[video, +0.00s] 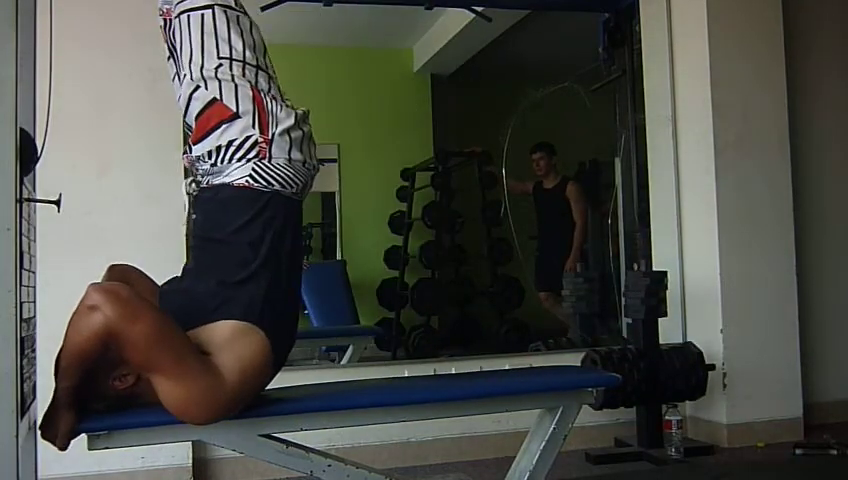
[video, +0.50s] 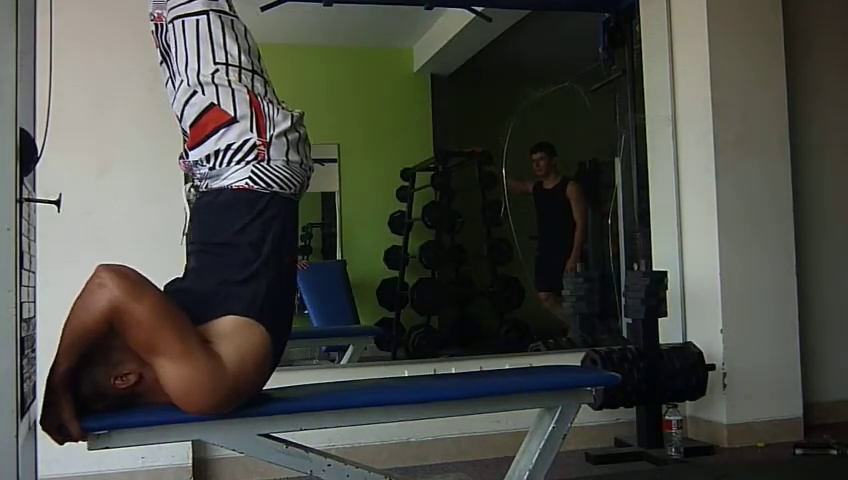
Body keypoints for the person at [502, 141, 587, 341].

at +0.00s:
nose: (537, 165)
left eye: (541, 160)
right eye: (534, 161)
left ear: (552, 161)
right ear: (532, 164)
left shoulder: (569, 187)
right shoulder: (535, 187)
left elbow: (580, 224)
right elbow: (511, 185)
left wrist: (573, 257)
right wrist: (489, 166)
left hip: (566, 250)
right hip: (545, 249)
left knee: (568, 296)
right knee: (545, 297)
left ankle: (574, 337)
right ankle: (575, 329)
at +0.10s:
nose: (537, 165)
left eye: (541, 160)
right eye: (534, 161)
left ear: (552, 161)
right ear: (532, 164)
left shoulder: (570, 187)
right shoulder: (535, 187)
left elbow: (580, 224)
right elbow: (510, 185)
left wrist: (574, 257)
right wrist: (488, 166)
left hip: (566, 250)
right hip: (545, 249)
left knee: (568, 296)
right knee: (545, 296)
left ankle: (574, 336)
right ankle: (574, 329)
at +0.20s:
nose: (537, 165)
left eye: (541, 160)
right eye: (534, 161)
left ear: (552, 161)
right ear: (532, 164)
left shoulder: (570, 187)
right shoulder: (535, 187)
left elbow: (580, 224)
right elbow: (511, 185)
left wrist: (574, 256)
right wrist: (489, 167)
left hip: (566, 250)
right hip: (545, 250)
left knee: (569, 297)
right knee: (545, 296)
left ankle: (573, 336)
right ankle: (574, 329)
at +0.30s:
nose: (537, 165)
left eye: (541, 160)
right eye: (534, 161)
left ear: (552, 161)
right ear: (532, 164)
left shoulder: (570, 187)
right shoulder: (536, 187)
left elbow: (580, 224)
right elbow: (511, 185)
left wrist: (574, 257)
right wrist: (488, 166)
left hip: (566, 250)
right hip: (545, 250)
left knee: (568, 297)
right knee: (545, 297)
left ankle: (574, 336)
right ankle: (574, 329)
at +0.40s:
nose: (537, 165)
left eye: (541, 160)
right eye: (534, 161)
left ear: (552, 161)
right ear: (532, 164)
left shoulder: (570, 187)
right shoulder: (536, 187)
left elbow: (580, 225)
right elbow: (511, 185)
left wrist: (574, 257)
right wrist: (488, 166)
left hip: (566, 250)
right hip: (545, 250)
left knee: (568, 297)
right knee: (545, 297)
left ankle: (573, 336)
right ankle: (574, 329)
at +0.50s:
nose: (537, 165)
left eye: (541, 160)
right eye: (534, 161)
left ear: (552, 161)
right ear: (532, 164)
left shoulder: (570, 187)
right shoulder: (536, 187)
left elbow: (580, 224)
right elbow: (511, 185)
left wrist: (574, 257)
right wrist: (489, 167)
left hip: (566, 250)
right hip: (545, 250)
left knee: (569, 297)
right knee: (545, 297)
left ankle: (573, 336)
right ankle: (574, 329)